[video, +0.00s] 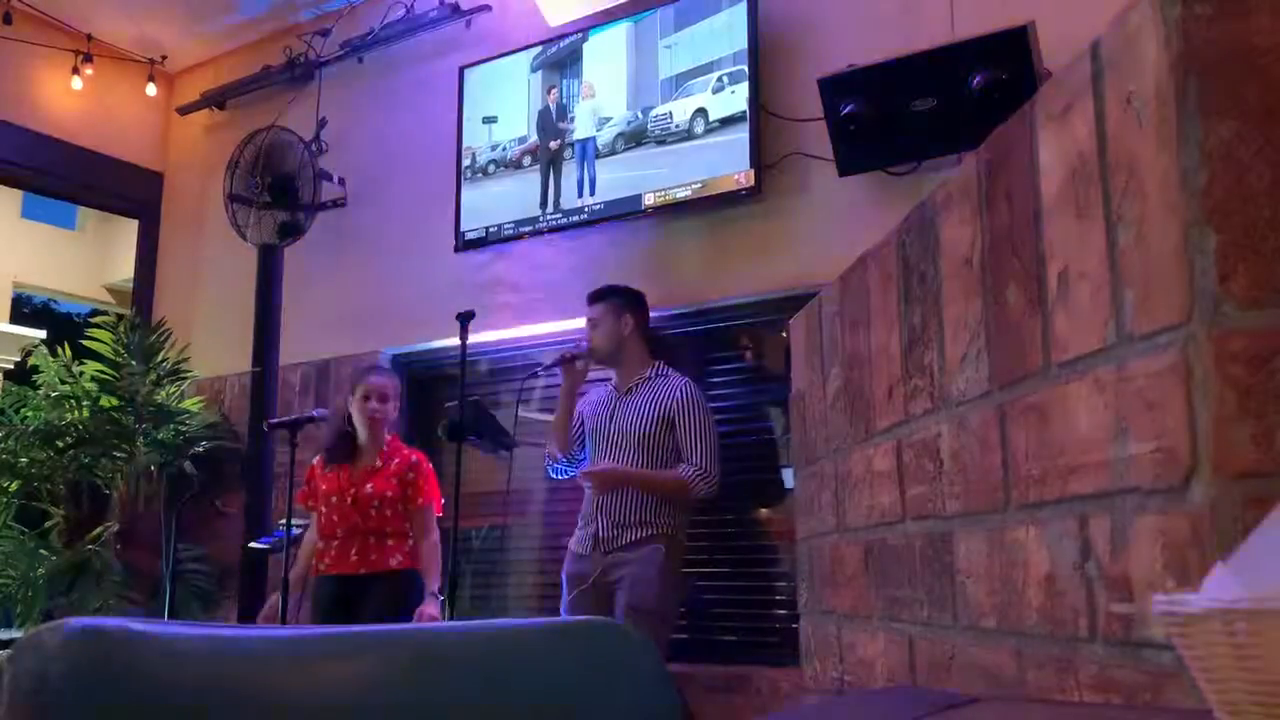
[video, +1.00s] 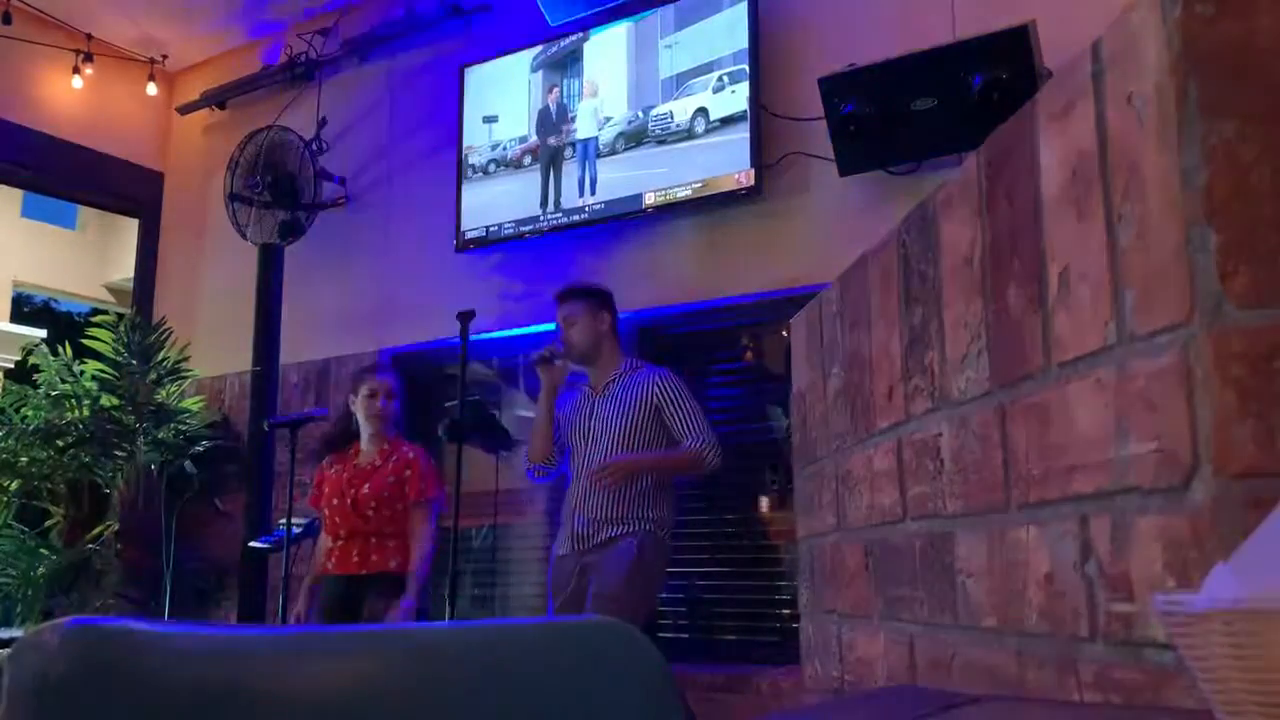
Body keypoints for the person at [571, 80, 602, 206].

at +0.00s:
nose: (585, 90)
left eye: (587, 88)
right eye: (583, 88)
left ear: (591, 90)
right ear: (581, 90)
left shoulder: (595, 103)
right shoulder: (578, 105)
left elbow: (598, 117)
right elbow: (576, 124)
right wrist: (566, 126)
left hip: (590, 135)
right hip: (578, 137)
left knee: (591, 167)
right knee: (579, 169)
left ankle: (592, 196)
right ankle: (580, 197)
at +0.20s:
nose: (584, 90)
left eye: (586, 88)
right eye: (583, 88)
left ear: (591, 90)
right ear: (582, 90)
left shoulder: (596, 103)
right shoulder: (580, 105)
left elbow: (598, 119)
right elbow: (577, 123)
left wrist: (592, 128)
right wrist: (568, 126)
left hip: (590, 136)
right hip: (578, 137)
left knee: (591, 167)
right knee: (580, 168)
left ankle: (592, 196)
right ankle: (580, 197)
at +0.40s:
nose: (584, 90)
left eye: (586, 88)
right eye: (583, 88)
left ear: (592, 89)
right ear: (583, 90)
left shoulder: (596, 104)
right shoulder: (580, 105)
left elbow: (598, 120)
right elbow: (578, 123)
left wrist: (592, 127)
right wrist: (568, 125)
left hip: (590, 136)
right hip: (578, 137)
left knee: (591, 166)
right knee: (580, 168)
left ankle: (592, 196)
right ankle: (580, 197)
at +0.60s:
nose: (583, 90)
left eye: (585, 88)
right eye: (583, 88)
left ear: (592, 89)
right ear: (583, 90)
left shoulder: (596, 102)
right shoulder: (580, 106)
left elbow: (599, 118)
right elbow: (578, 124)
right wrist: (567, 125)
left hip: (590, 136)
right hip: (579, 137)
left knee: (591, 166)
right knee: (580, 167)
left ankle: (592, 196)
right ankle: (581, 197)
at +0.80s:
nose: (584, 90)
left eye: (586, 87)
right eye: (583, 87)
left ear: (592, 89)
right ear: (583, 89)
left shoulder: (596, 102)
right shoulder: (581, 105)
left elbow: (599, 117)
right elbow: (579, 124)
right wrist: (567, 125)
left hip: (591, 135)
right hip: (579, 136)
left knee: (591, 166)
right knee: (580, 168)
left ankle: (592, 196)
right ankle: (580, 197)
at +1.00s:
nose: (584, 89)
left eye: (586, 87)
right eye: (584, 87)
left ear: (592, 88)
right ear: (584, 89)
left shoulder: (597, 101)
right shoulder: (581, 103)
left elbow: (600, 118)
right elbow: (578, 119)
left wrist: (596, 127)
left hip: (592, 134)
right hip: (580, 135)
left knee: (592, 165)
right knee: (580, 167)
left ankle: (592, 195)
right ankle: (581, 197)